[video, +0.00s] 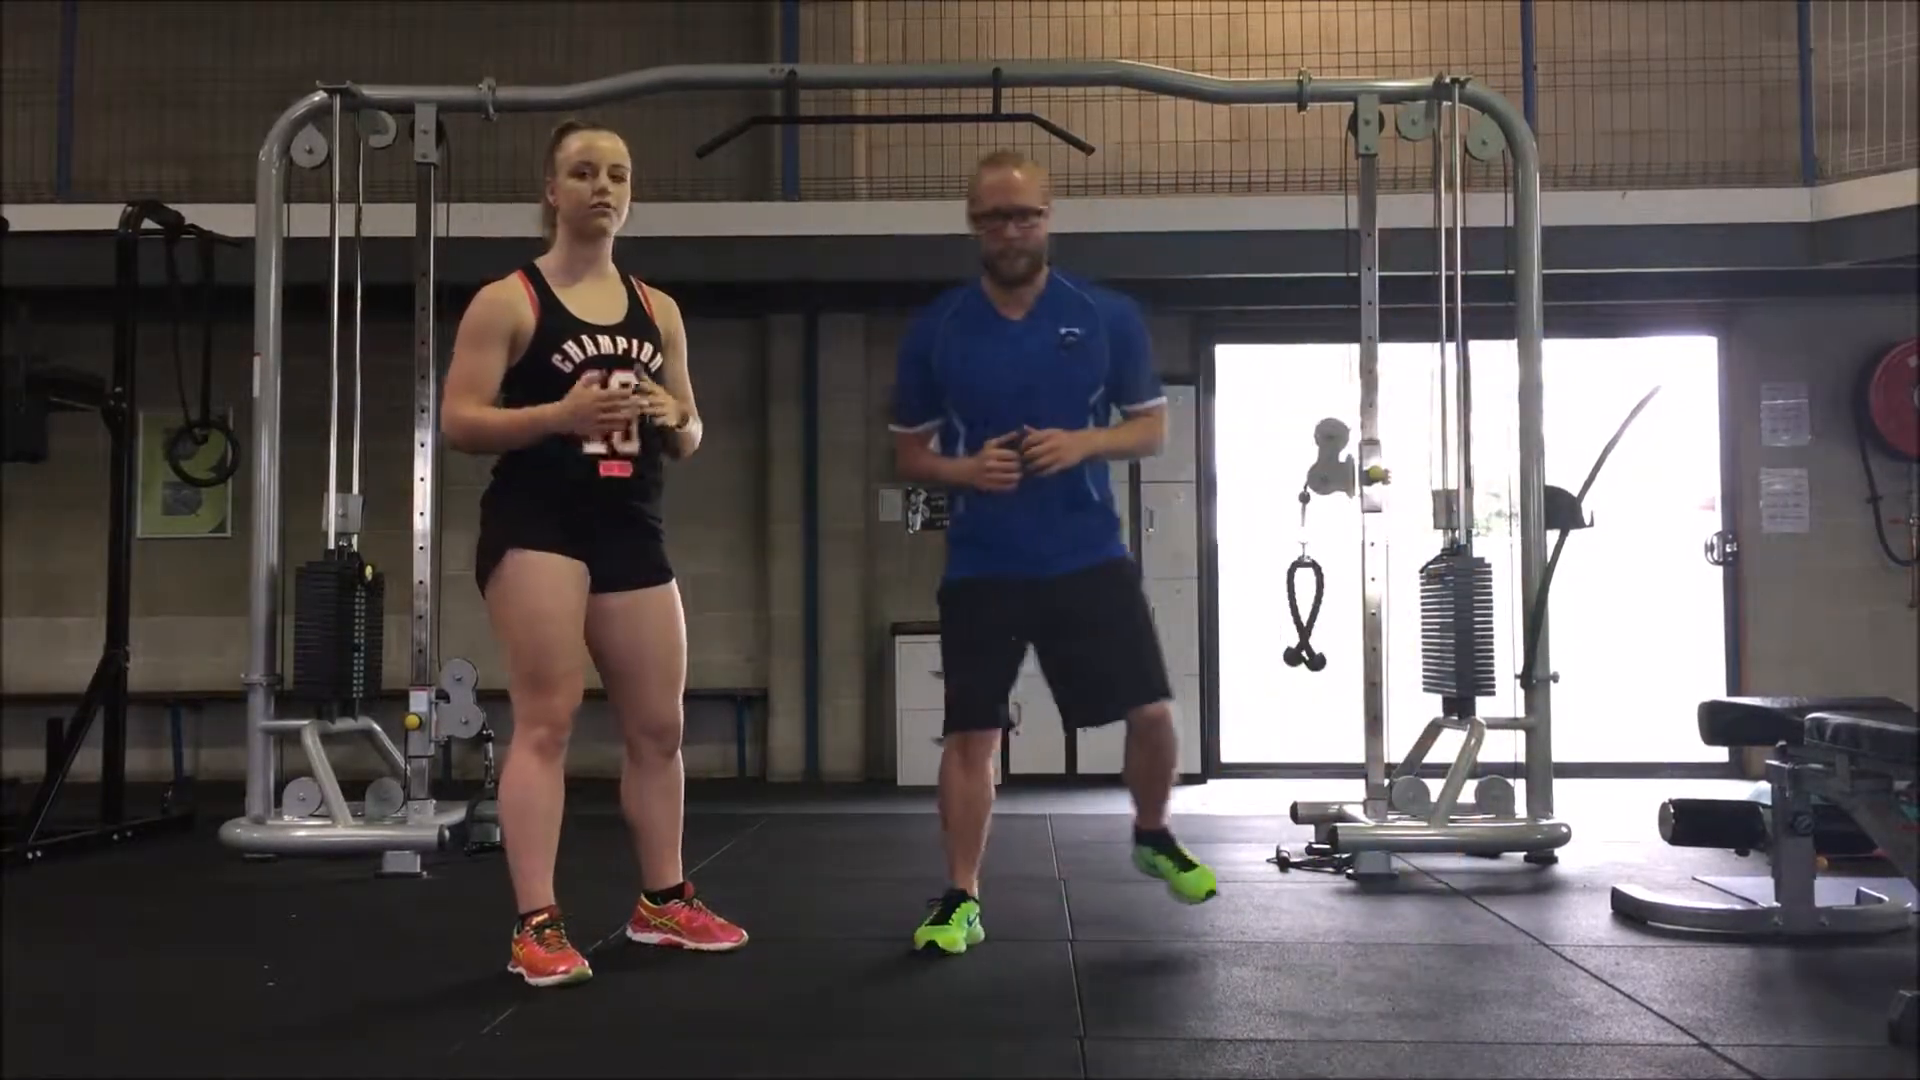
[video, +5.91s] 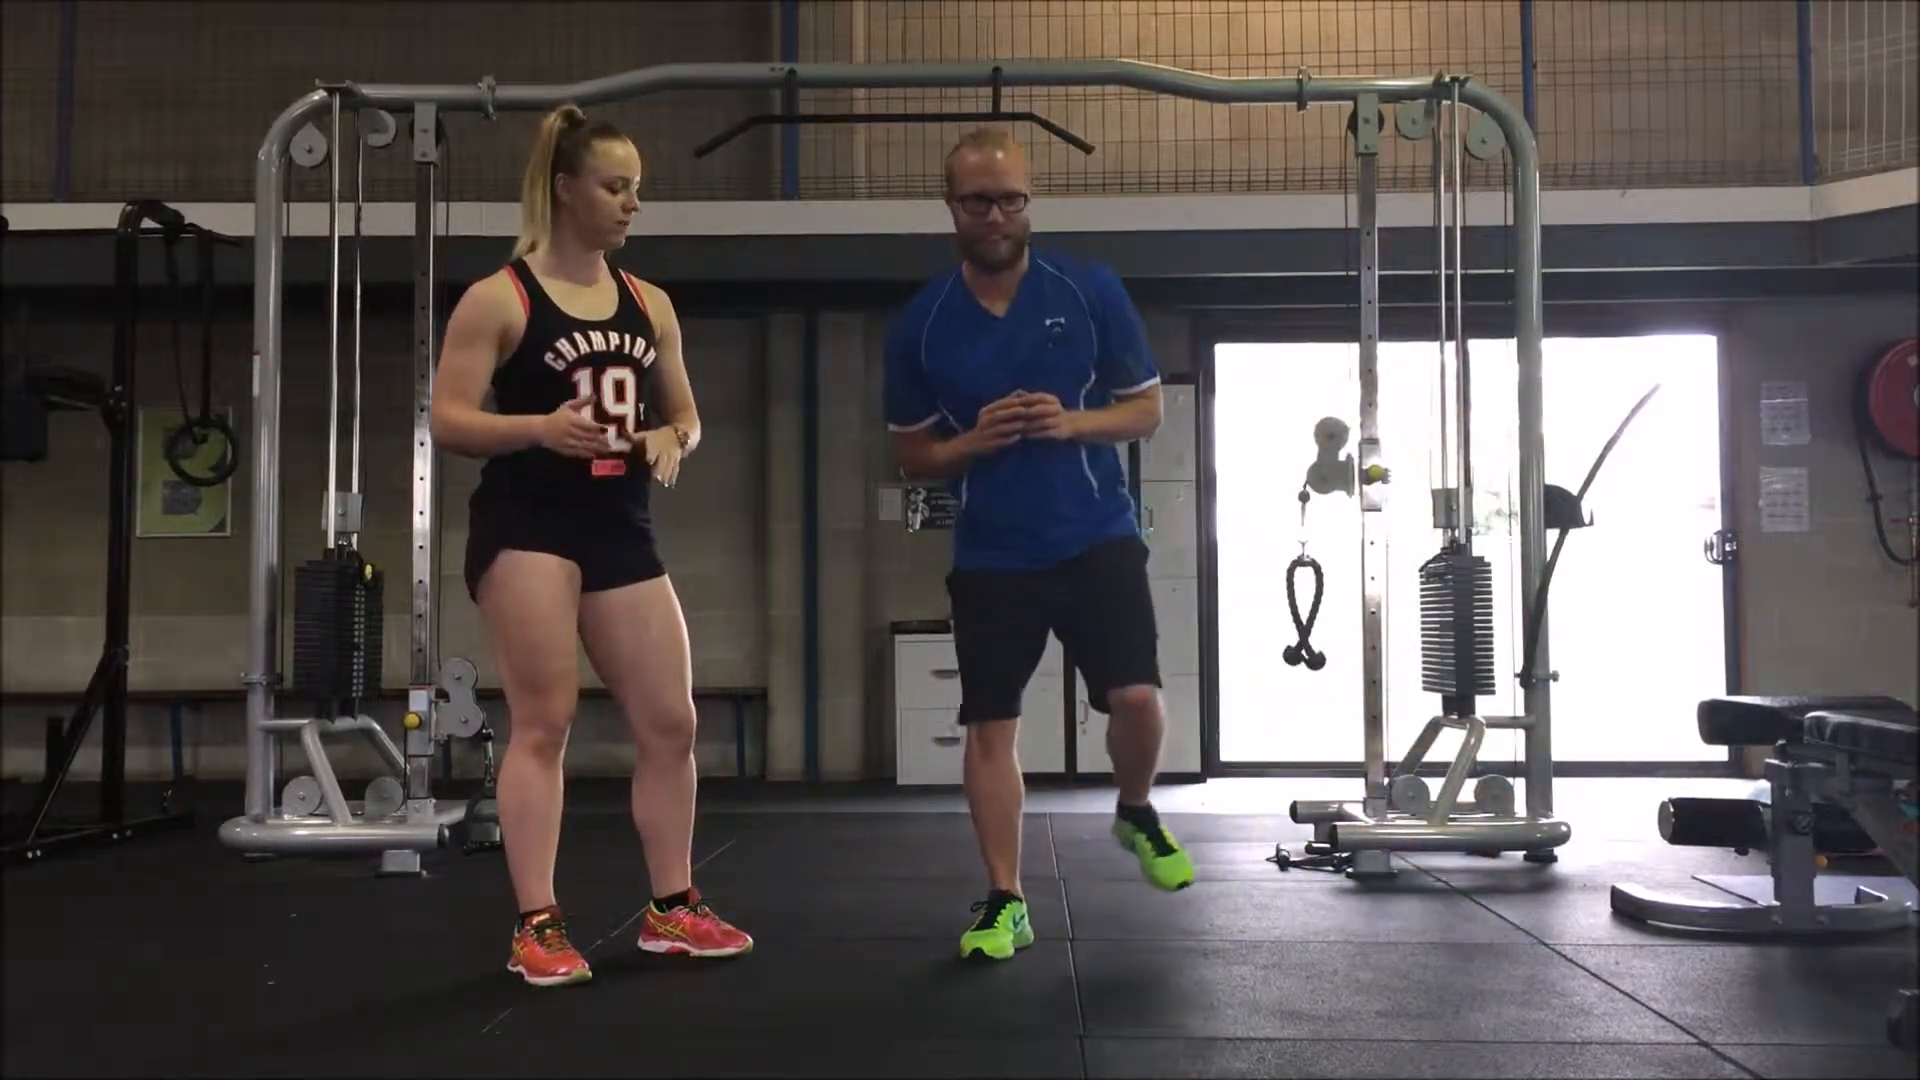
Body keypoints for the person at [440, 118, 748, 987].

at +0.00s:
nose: (601, 188)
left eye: (615, 176)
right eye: (583, 173)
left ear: (630, 196)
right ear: (550, 190)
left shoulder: (658, 310)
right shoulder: (504, 302)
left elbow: (689, 437)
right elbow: (460, 422)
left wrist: (668, 418)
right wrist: (563, 415)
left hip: (630, 530)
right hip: (536, 524)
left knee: (659, 730)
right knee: (545, 719)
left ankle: (665, 901)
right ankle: (537, 924)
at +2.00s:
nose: (656, 187)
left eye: (665, 176)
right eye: (637, 171)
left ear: (671, 194)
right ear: (590, 183)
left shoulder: (680, 299)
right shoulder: (552, 293)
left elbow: (719, 414)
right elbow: (503, 415)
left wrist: (751, 398)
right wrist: (609, 473)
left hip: (665, 533)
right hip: (575, 530)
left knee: (710, 716)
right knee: (553, 724)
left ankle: (679, 901)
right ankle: (538, 921)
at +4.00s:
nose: (621, 182)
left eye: (634, 171)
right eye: (603, 168)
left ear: (647, 193)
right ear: (565, 185)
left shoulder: (673, 301)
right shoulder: (521, 289)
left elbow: (719, 410)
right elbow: (480, 409)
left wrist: (695, 441)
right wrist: (601, 415)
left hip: (633, 532)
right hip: (538, 525)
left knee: (681, 724)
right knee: (543, 722)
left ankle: (673, 908)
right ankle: (537, 926)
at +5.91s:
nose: (632, 201)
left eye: (636, 187)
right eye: (616, 186)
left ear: (627, 193)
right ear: (562, 188)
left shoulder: (650, 305)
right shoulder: (495, 301)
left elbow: (683, 416)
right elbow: (448, 421)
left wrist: (672, 443)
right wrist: (538, 428)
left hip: (622, 532)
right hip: (528, 529)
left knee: (671, 723)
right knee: (541, 722)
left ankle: (672, 907)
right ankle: (537, 925)